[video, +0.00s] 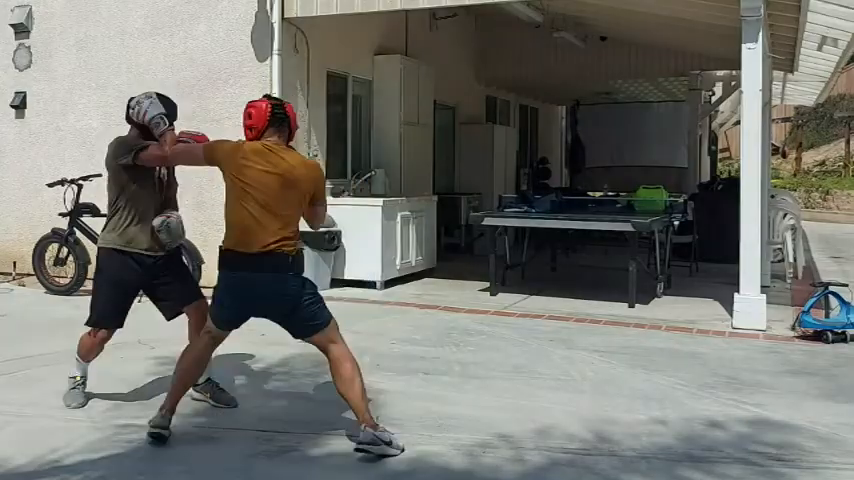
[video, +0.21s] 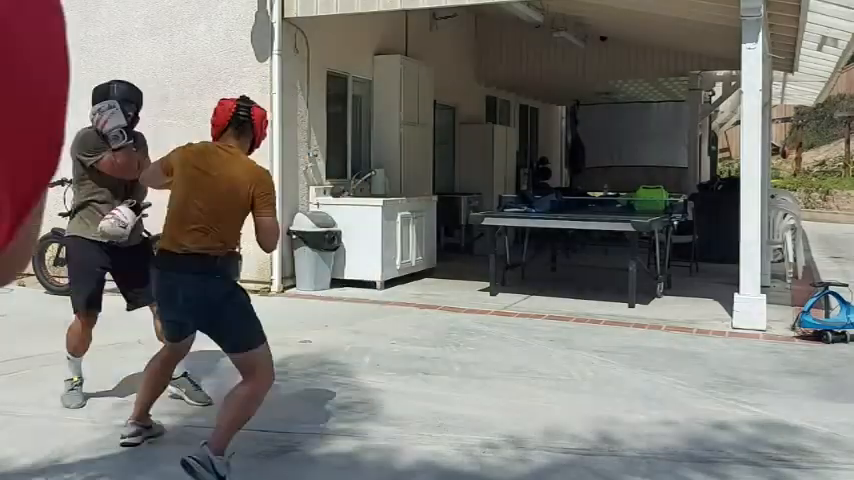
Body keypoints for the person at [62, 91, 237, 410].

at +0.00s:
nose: (171, 131)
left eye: (171, 126)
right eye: (167, 125)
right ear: (149, 120)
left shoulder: (163, 157)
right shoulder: (120, 147)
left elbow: (170, 204)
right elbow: (166, 155)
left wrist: (173, 225)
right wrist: (160, 123)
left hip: (162, 255)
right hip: (120, 253)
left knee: (199, 311)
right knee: (101, 333)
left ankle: (199, 379)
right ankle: (78, 372)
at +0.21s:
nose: (126, 118)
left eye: (130, 112)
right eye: (119, 111)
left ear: (136, 113)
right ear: (105, 112)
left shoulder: (138, 142)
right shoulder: (84, 140)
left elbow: (141, 187)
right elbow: (129, 169)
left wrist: (131, 212)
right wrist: (119, 134)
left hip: (129, 236)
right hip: (87, 236)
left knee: (160, 304)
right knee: (85, 315)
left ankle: (177, 374)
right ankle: (74, 377)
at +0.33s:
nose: (116, 104)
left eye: (120, 98)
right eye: (108, 98)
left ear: (123, 98)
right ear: (89, 98)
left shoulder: (130, 125)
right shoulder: (70, 131)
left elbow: (131, 172)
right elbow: (99, 163)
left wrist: (116, 206)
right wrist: (93, 123)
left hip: (118, 227)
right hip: (74, 227)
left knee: (140, 294)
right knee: (70, 300)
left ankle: (149, 368)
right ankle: (66, 374)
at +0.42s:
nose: (98, 100)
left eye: (104, 94)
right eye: (92, 93)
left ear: (111, 97)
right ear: (78, 93)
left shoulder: (119, 125)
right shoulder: (62, 126)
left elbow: (125, 173)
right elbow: (66, 172)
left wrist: (102, 205)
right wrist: (74, 124)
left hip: (111, 228)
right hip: (66, 226)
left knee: (129, 295)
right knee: (55, 298)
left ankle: (133, 362)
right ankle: (56, 361)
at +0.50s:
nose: (88, 109)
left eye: (94, 104)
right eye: (84, 102)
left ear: (101, 106)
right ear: (71, 104)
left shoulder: (111, 136)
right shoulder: (54, 135)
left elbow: (124, 184)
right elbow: (41, 184)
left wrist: (101, 213)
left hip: (106, 235)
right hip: (61, 236)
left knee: (124, 301)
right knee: (49, 304)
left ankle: (133, 362)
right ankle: (51, 361)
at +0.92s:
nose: (92, 119)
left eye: (97, 113)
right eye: (87, 112)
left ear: (106, 116)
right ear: (76, 113)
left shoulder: (112, 151)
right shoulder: (60, 148)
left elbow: (123, 196)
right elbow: (47, 191)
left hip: (99, 248)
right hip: (60, 249)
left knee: (115, 313)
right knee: (48, 310)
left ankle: (132, 379)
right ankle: (55, 363)